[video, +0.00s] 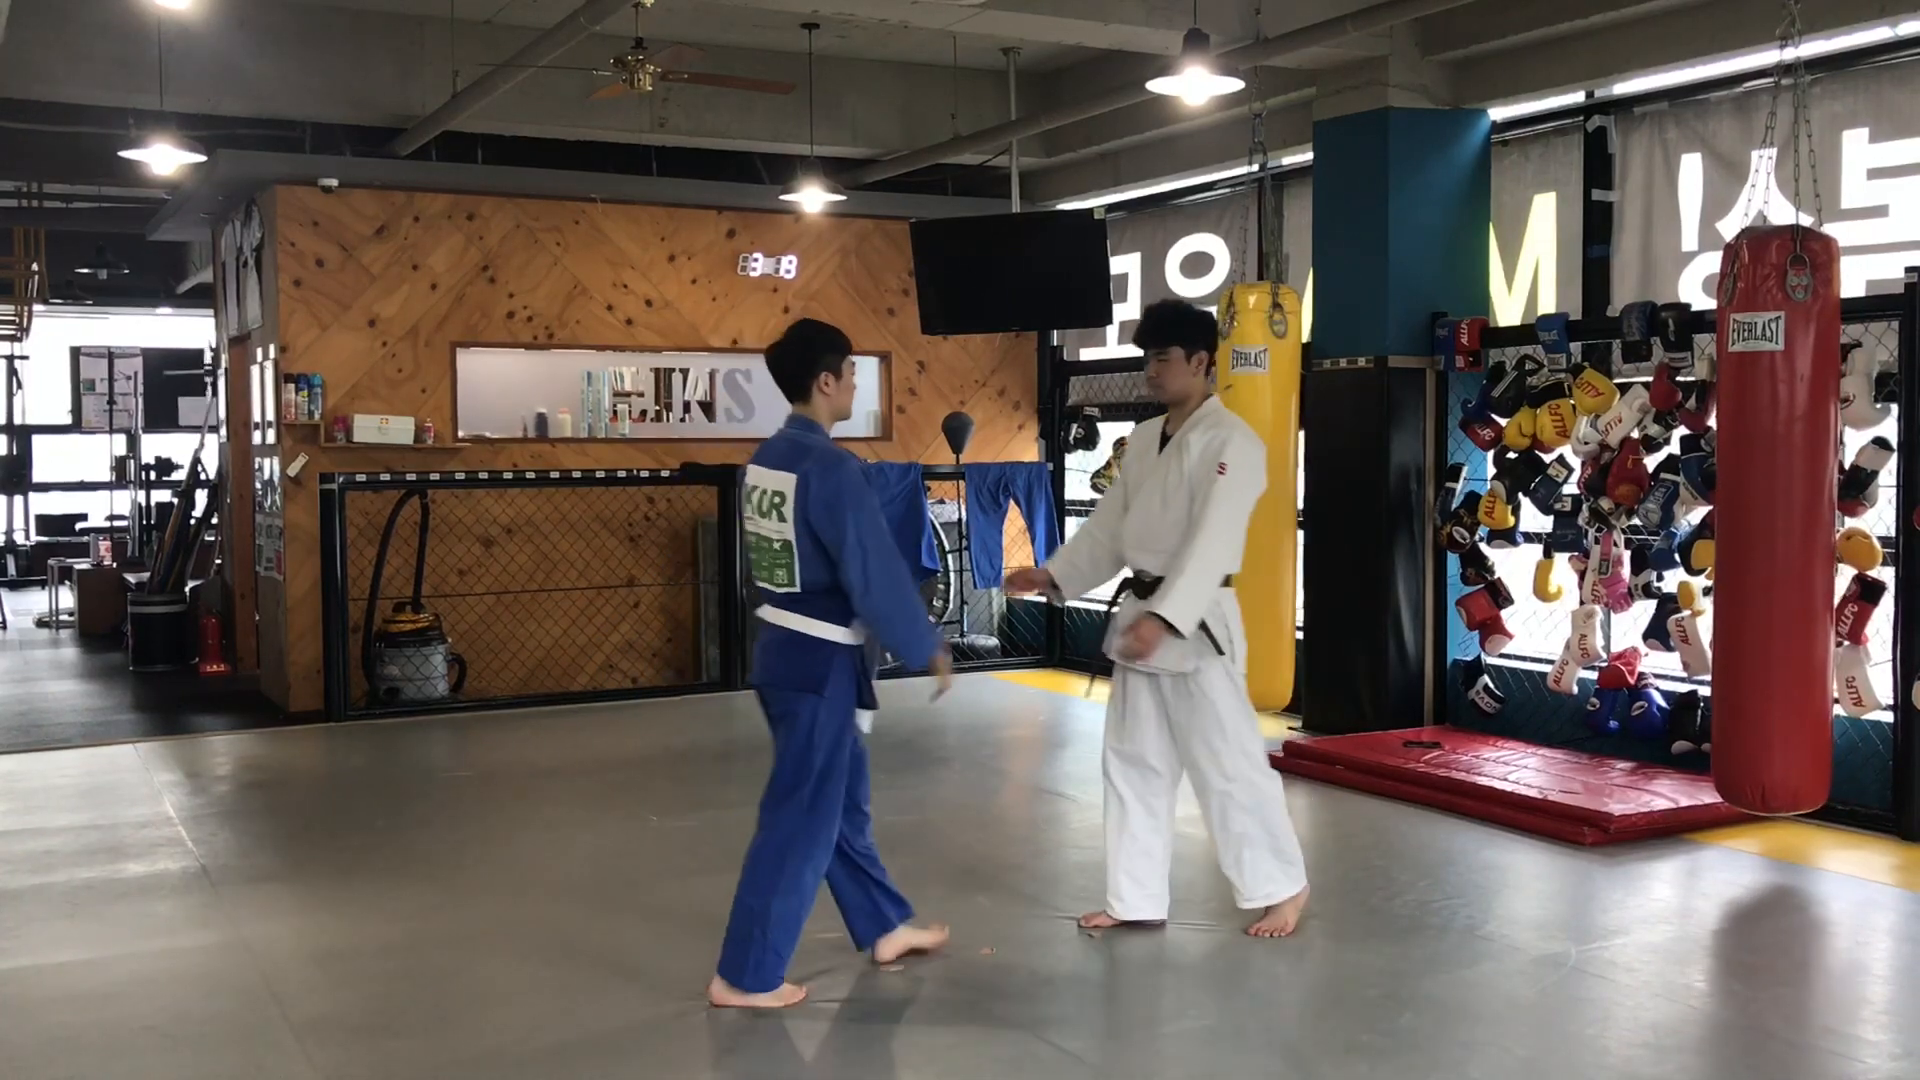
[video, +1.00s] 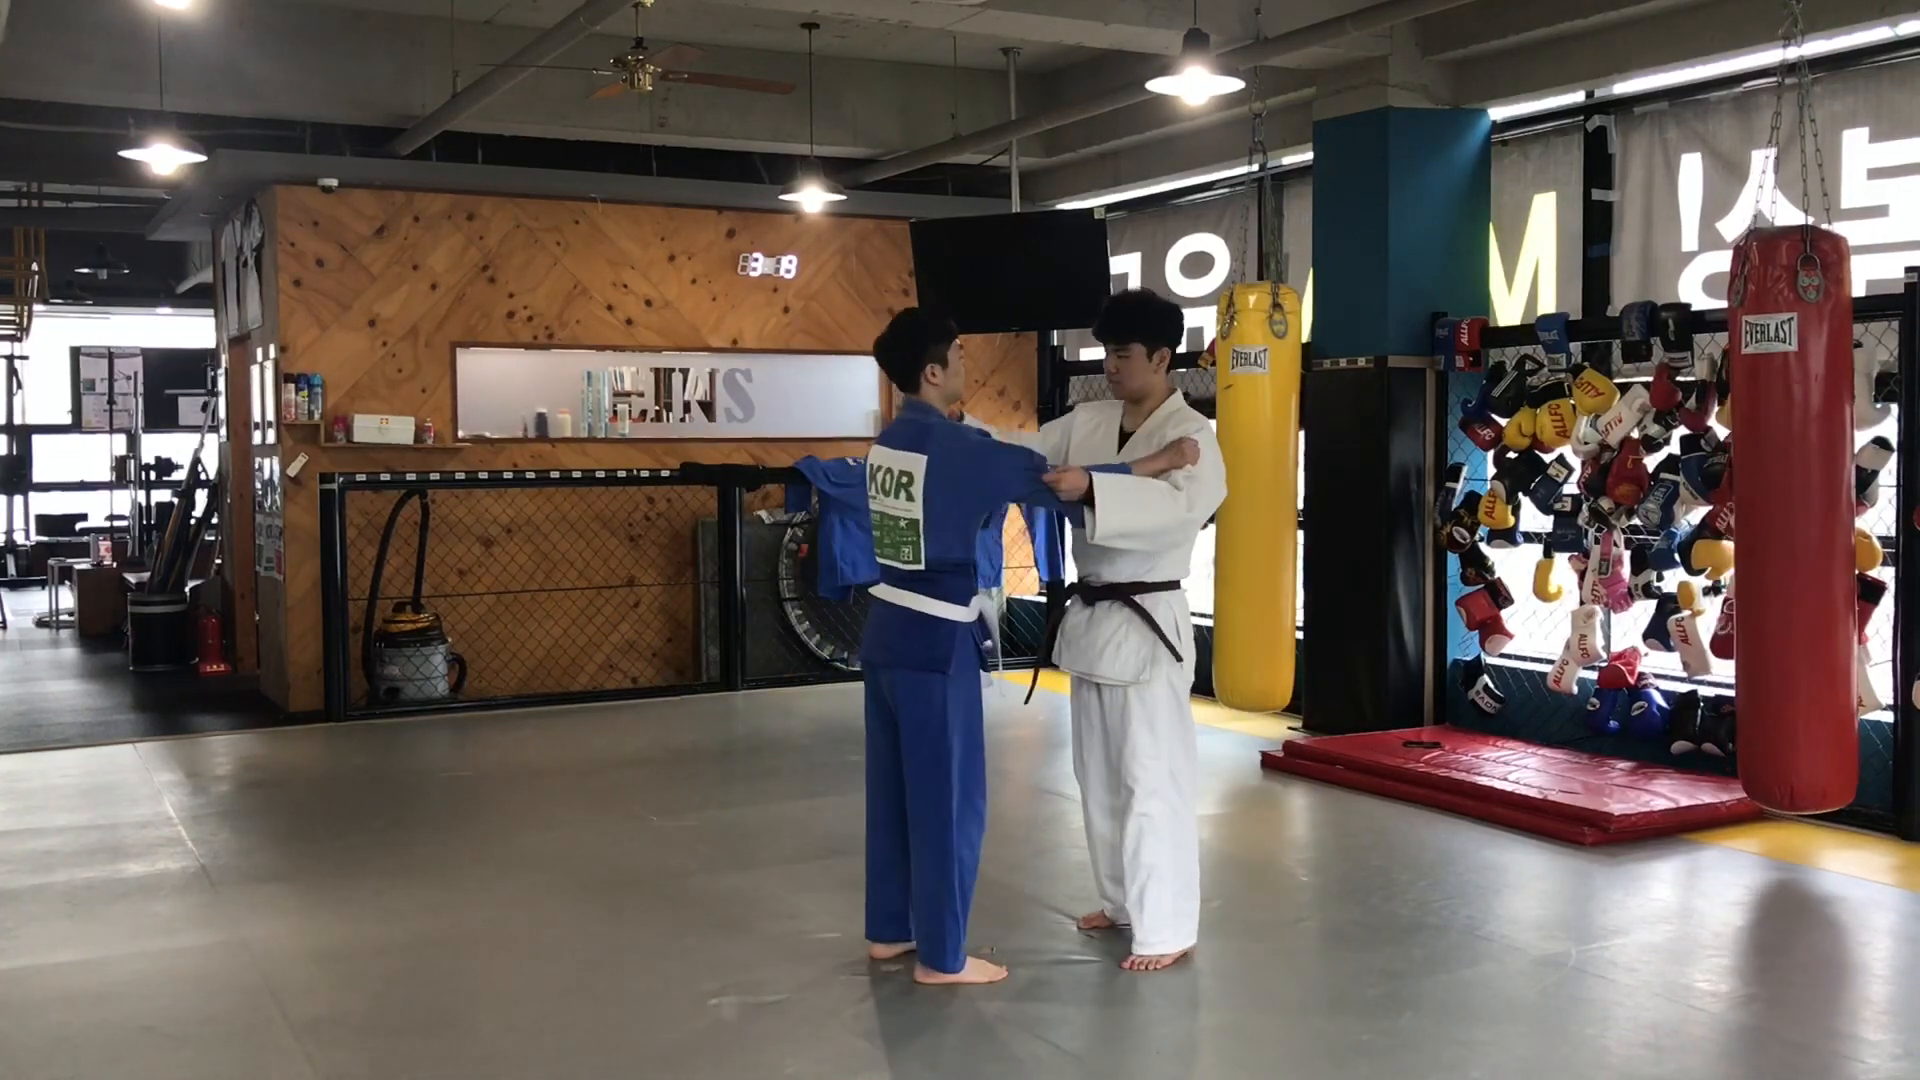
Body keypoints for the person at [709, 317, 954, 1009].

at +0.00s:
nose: (854, 385)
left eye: (852, 373)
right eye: (849, 374)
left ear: (796, 384)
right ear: (826, 381)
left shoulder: (770, 457)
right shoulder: (833, 467)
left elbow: (785, 558)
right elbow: (874, 572)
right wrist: (927, 645)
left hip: (778, 657)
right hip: (821, 665)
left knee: (842, 799)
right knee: (803, 813)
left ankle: (883, 928)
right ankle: (744, 975)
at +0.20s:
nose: (886, 379)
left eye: (883, 366)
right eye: (880, 368)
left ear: (830, 378)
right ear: (855, 375)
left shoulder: (812, 454)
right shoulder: (866, 460)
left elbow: (847, 552)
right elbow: (938, 535)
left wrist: (912, 587)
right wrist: (1013, 517)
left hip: (822, 652)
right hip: (865, 658)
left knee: (855, 795)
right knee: (881, 799)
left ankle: (889, 933)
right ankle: (776, 933)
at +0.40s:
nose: (920, 376)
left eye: (917, 364)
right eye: (913, 365)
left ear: (859, 374)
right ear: (886, 371)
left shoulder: (843, 449)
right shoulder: (903, 451)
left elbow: (950, 531)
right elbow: (991, 485)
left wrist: (1017, 506)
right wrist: (1089, 457)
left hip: (839, 645)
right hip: (891, 648)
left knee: (864, 794)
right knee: (926, 792)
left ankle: (876, 936)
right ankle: (908, 949)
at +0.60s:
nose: (944, 374)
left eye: (940, 362)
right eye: (938, 364)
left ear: (882, 373)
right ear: (913, 371)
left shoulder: (864, 441)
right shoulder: (935, 447)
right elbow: (1028, 473)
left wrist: (1026, 500)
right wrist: (1135, 470)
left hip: (857, 647)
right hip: (910, 652)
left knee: (873, 799)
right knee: (937, 800)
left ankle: (888, 936)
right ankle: (943, 953)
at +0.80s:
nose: (949, 370)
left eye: (945, 358)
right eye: (943, 360)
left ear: (886, 374)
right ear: (921, 369)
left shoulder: (875, 440)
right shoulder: (950, 449)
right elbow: (1044, 491)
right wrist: (1148, 478)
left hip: (871, 642)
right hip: (925, 648)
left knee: (885, 791)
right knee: (938, 801)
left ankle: (889, 931)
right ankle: (936, 956)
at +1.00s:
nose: (965, 369)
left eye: (960, 357)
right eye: (957, 359)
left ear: (899, 376)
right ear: (933, 371)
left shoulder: (891, 439)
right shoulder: (965, 452)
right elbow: (1057, 480)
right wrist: (1150, 466)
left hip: (884, 639)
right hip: (938, 647)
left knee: (891, 792)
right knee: (948, 801)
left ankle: (888, 932)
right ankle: (942, 957)